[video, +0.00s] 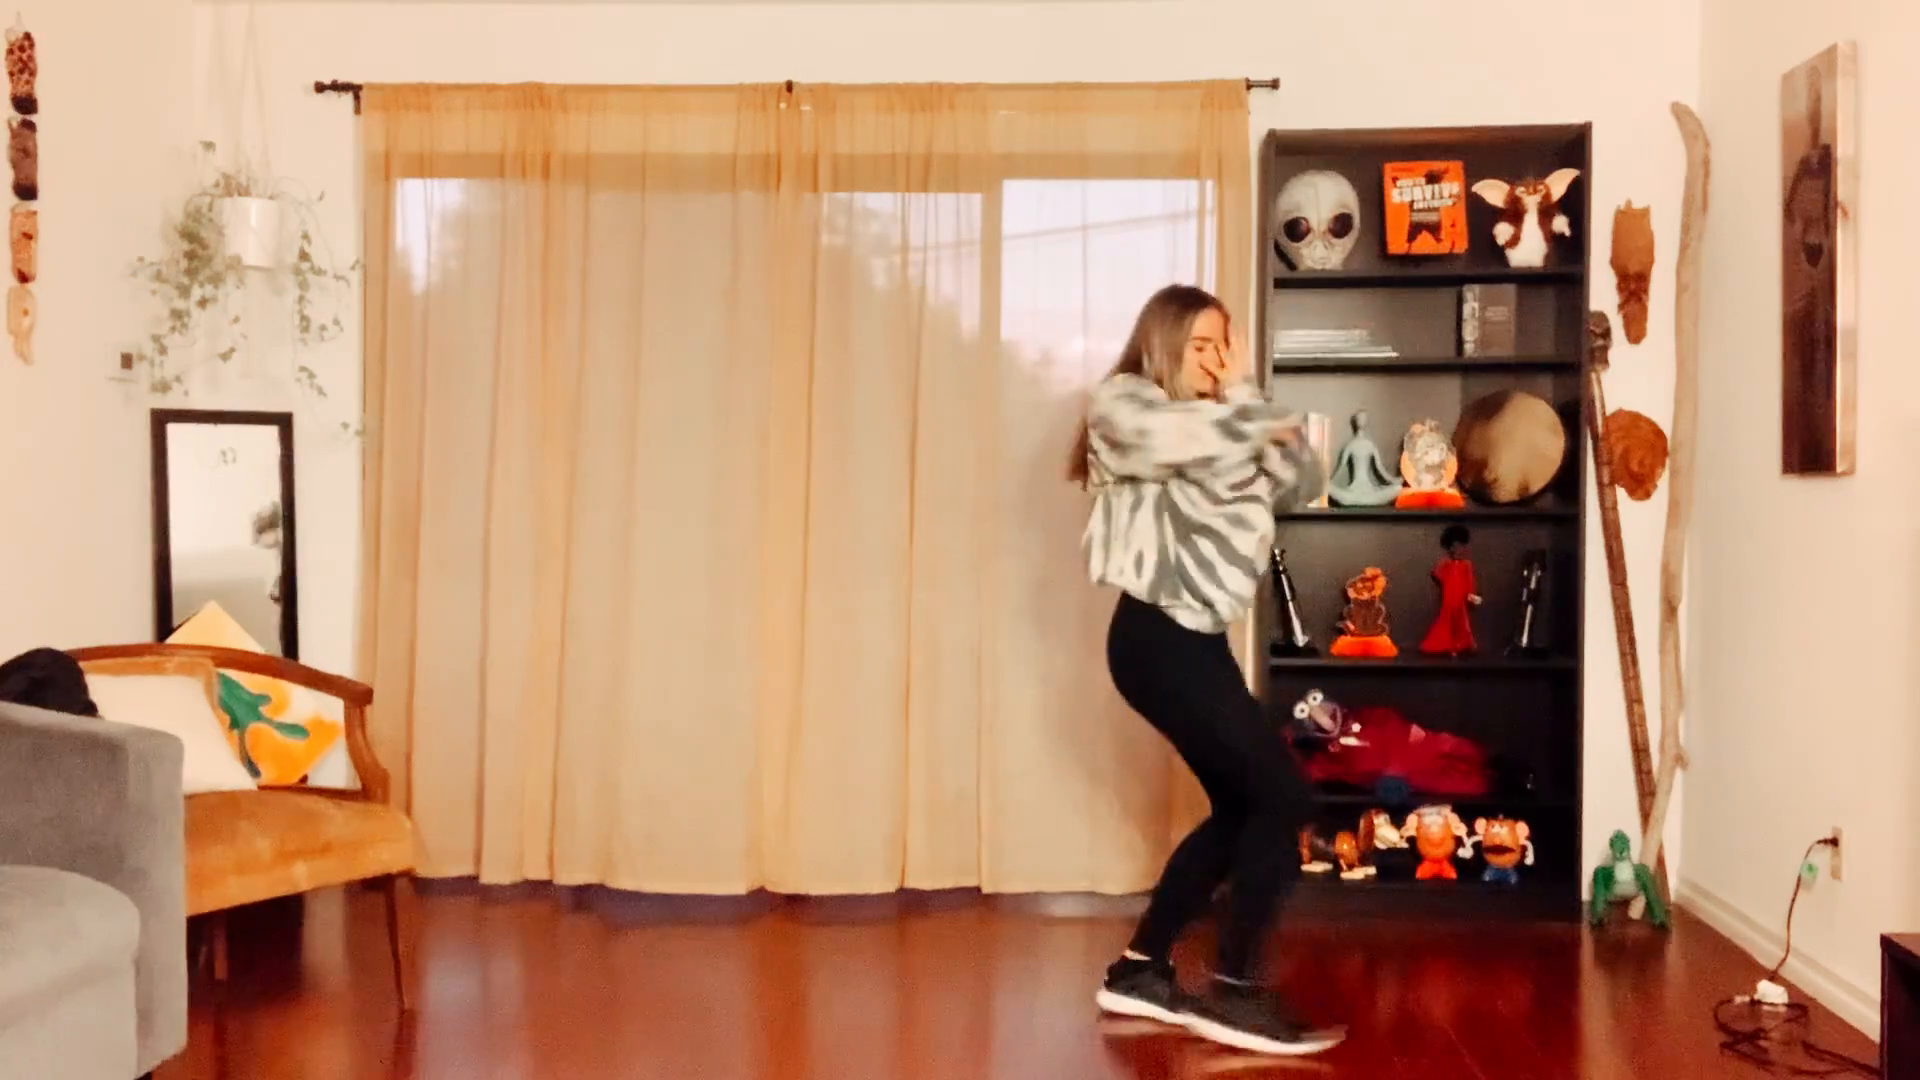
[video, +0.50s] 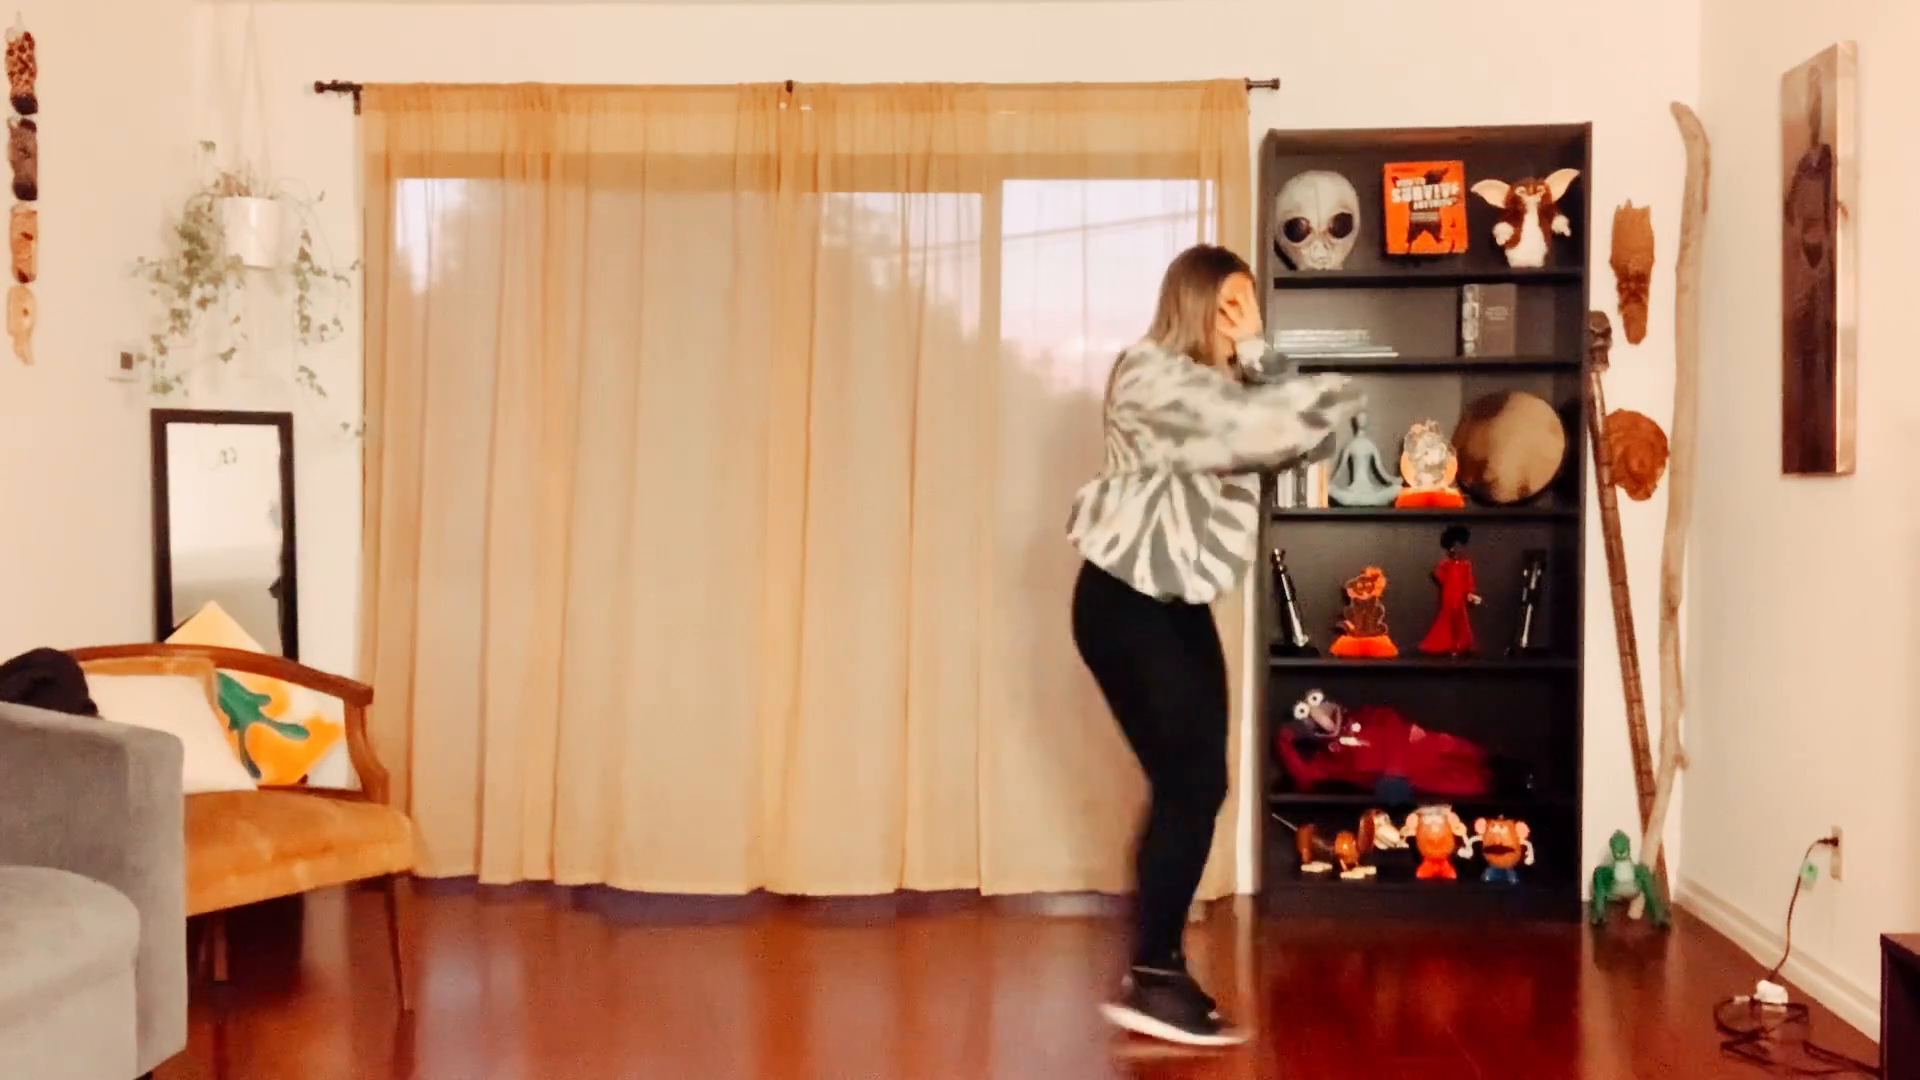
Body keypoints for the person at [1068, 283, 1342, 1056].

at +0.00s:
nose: (1220, 361)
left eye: (1225, 348)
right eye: (1205, 346)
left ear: (1225, 356)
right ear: (1161, 346)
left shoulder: (1217, 419)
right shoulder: (1122, 406)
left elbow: (1278, 490)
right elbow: (1180, 437)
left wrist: (1296, 453)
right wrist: (1251, 411)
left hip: (1197, 639)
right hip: (1157, 639)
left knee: (1243, 808)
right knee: (1278, 798)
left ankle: (1141, 967)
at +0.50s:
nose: (1248, 324)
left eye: (1251, 308)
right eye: (1238, 306)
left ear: (1215, 308)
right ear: (1202, 304)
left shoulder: (1207, 379)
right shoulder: (1151, 374)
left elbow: (1271, 425)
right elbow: (1252, 430)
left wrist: (1258, 363)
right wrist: (1337, 398)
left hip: (1177, 601)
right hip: (1126, 601)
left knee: (1201, 780)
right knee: (1189, 781)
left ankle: (1159, 968)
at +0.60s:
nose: (1252, 316)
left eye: (1250, 302)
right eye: (1241, 300)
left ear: (1189, 303)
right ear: (1206, 302)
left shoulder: (1206, 378)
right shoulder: (1159, 367)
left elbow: (1281, 429)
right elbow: (1285, 405)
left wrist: (1257, 350)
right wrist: (1339, 376)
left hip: (1156, 603)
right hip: (1097, 595)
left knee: (1187, 784)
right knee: (1115, 788)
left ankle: (1151, 960)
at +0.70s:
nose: (1238, 342)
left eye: (1237, 328)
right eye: (1226, 328)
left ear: (1206, 328)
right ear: (1185, 329)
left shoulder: (1208, 397)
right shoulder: (1149, 392)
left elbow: (1287, 413)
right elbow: (1245, 431)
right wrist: (1323, 414)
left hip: (1134, 626)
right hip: (1070, 610)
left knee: (1196, 790)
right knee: (1040, 801)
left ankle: (1147, 968)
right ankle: (924, 946)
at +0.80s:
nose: (1222, 388)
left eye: (1219, 373)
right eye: (1209, 374)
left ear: (1177, 382)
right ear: (1169, 379)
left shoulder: (1191, 448)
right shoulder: (1134, 439)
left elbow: (1249, 491)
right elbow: (1234, 501)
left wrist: (1239, 424)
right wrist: (1302, 462)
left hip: (1116, 664)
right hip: (1048, 642)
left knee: (1217, 802)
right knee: (960, 820)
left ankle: (1150, 969)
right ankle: (839, 965)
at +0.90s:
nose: (1203, 444)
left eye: (1207, 431)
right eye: (1191, 428)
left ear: (1199, 440)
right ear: (1151, 432)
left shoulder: (1189, 511)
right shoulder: (1104, 477)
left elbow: (1225, 587)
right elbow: (1205, 540)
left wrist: (1235, 516)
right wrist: (1242, 497)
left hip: (1097, 701)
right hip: (1009, 679)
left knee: (1220, 805)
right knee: (891, 833)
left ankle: (1151, 969)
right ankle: (823, 966)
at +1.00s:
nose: (1170, 493)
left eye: (1186, 489)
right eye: (1160, 479)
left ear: (1197, 513)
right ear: (1130, 481)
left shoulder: (1169, 573)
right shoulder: (1066, 498)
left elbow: (1147, 608)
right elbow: (1099, 533)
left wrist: (1160, 525)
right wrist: (1174, 537)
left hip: (1067, 725)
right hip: (965, 710)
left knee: (1205, 802)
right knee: (835, 840)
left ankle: (1150, 970)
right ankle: (823, 967)